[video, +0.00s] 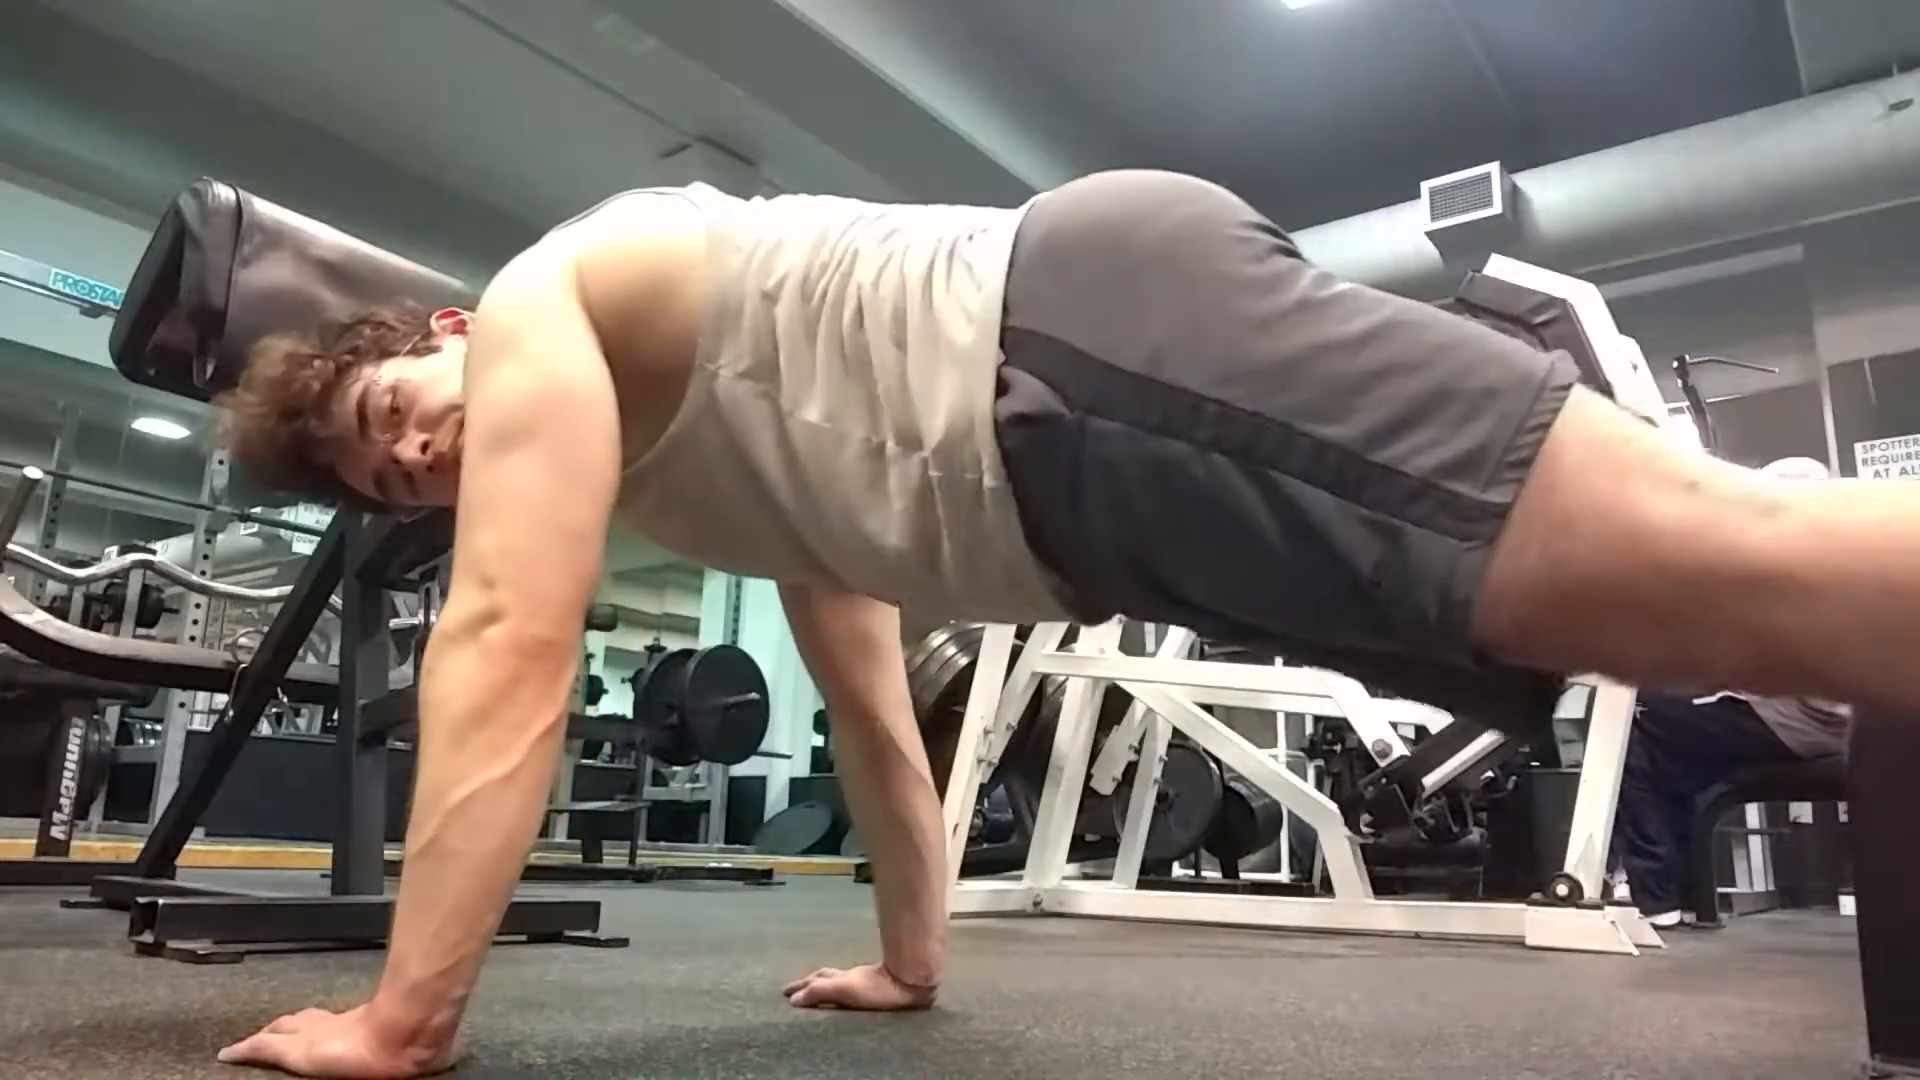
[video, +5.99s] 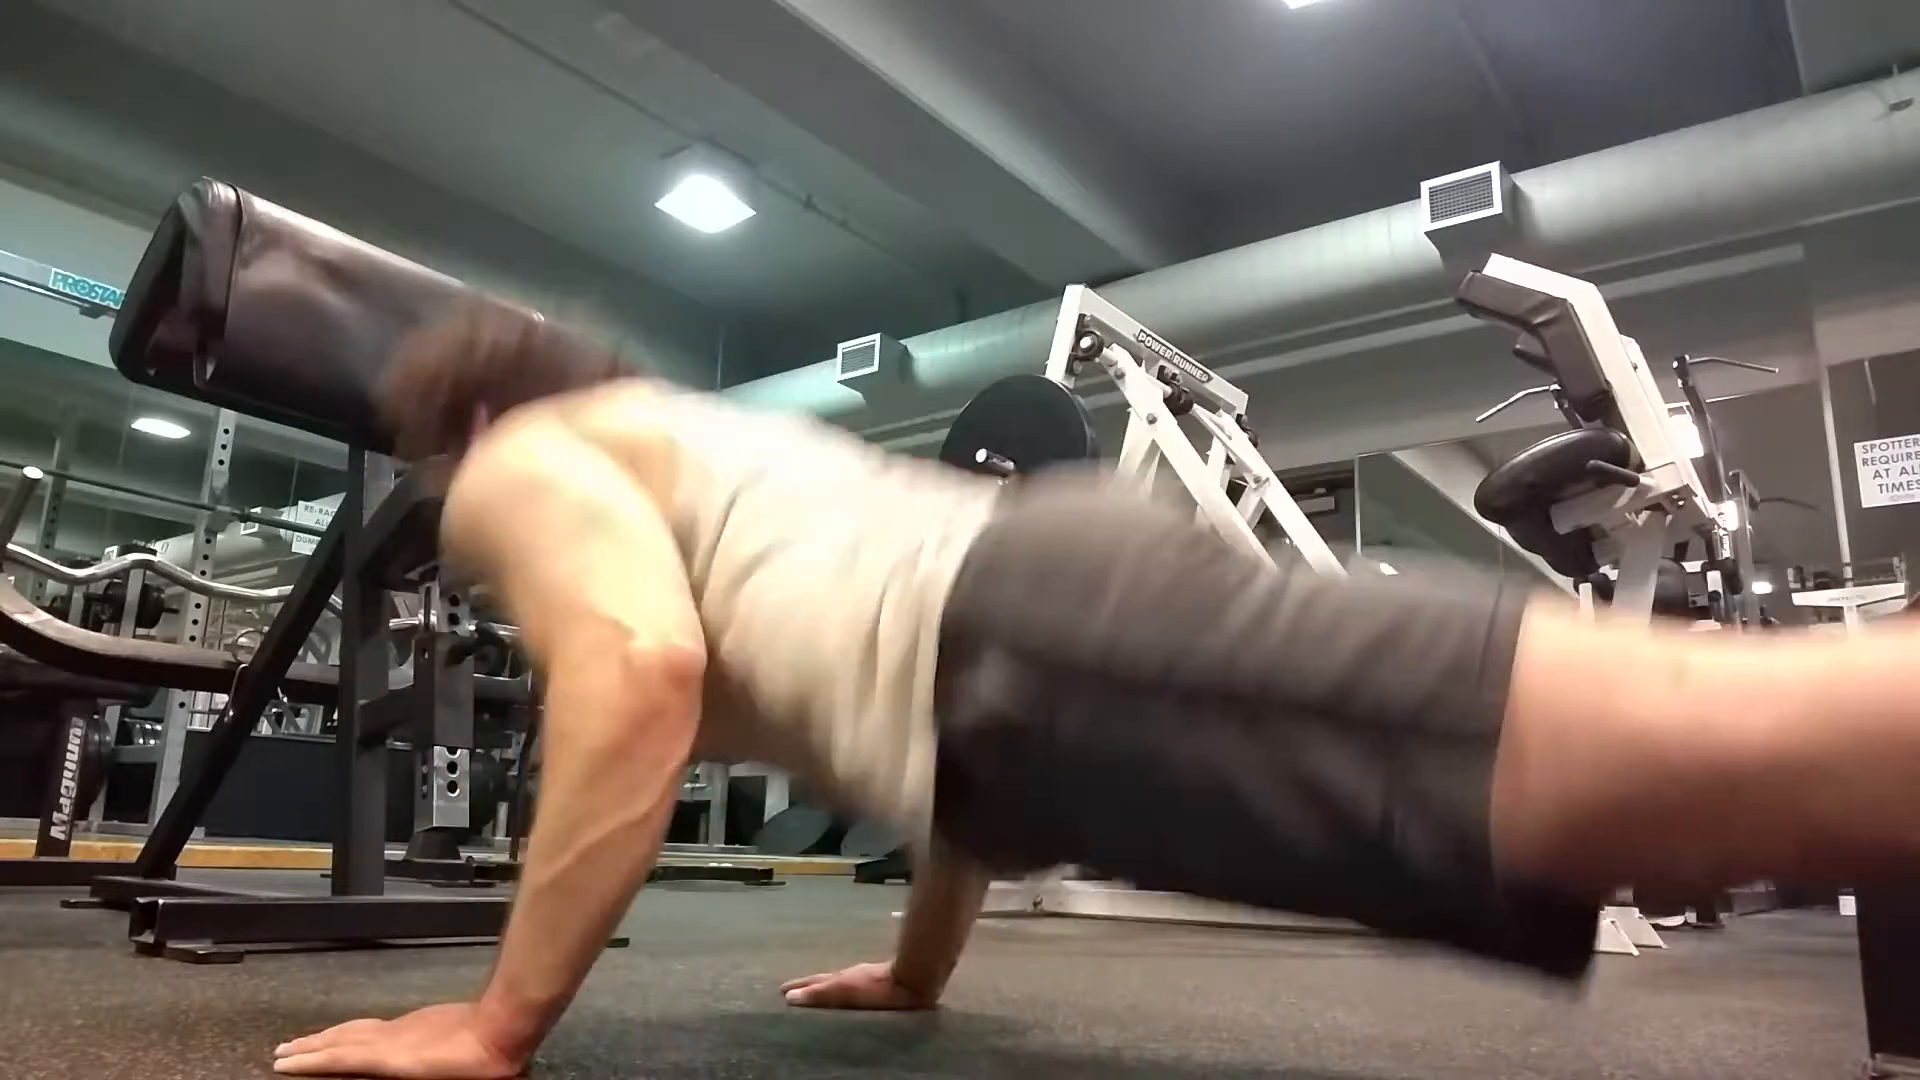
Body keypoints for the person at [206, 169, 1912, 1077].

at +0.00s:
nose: (381, 459)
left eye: (358, 408)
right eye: (344, 473)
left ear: (413, 315)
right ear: (367, 477)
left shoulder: (537, 314)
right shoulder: (724, 422)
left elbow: (508, 647)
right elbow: (869, 695)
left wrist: (403, 1014)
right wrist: (916, 955)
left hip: (1088, 356)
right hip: (1112, 477)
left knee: (1717, 563)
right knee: (1696, 610)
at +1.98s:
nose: (417, 854)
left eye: (394, 838)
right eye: (410, 843)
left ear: (402, 766)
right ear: (425, 802)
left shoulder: (445, 738)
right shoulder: (521, 839)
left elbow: (605, 681)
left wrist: (459, 1017)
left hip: (995, 810)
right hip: (994, 966)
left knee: (1717, 856)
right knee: (1706, 878)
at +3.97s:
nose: (427, 682)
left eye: (410, 643)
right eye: (417, 667)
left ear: (421, 574)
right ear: (519, 493)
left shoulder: (504, 538)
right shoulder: (666, 525)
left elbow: (639, 692)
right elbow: (905, 686)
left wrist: (466, 1023)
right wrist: (929, 946)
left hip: (1034, 662)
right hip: (1054, 690)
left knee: (1762, 768)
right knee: (1736, 781)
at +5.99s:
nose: (432, 497)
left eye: (426, 466)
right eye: (432, 463)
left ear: (447, 427)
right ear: (569, 374)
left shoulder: (523, 462)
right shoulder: (731, 449)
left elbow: (636, 671)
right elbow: (932, 682)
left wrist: (496, 1020)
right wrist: (918, 964)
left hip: (1012, 631)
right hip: (1055, 613)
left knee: (1688, 762)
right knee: (1691, 746)